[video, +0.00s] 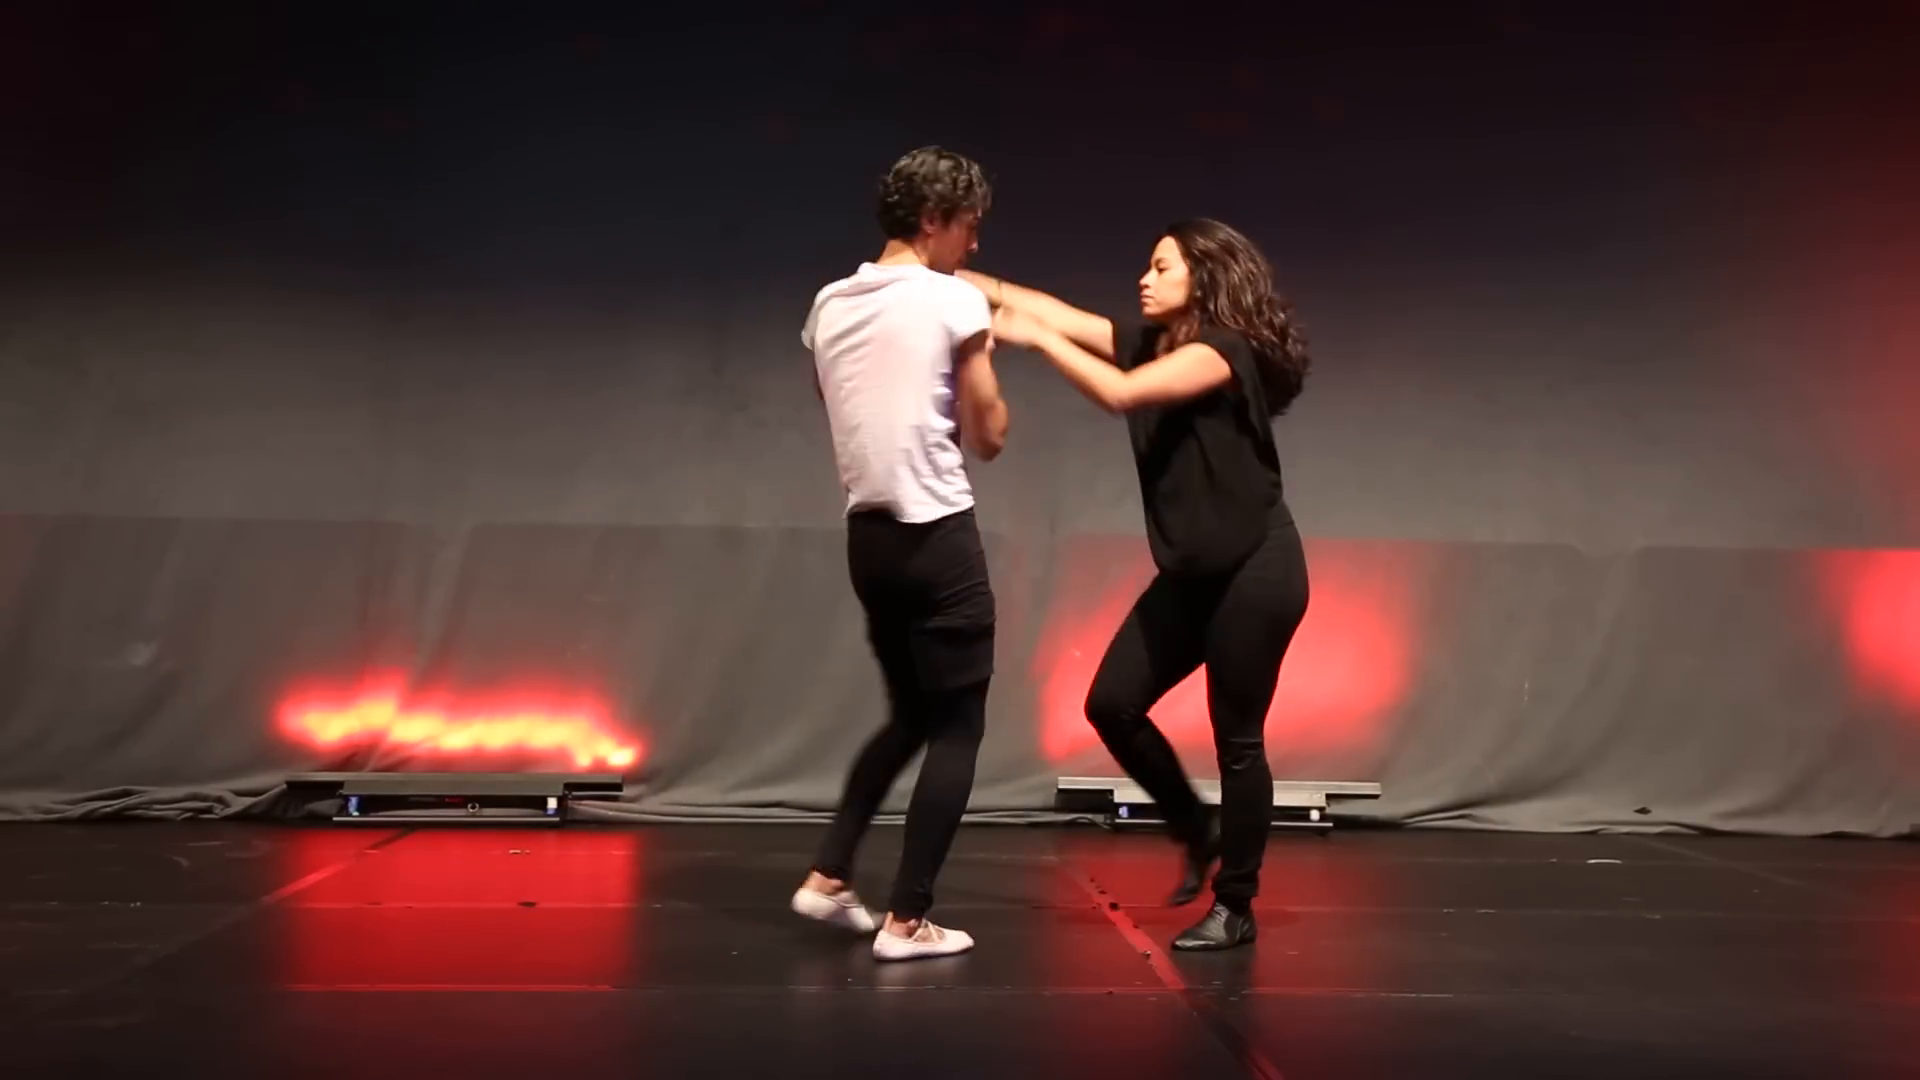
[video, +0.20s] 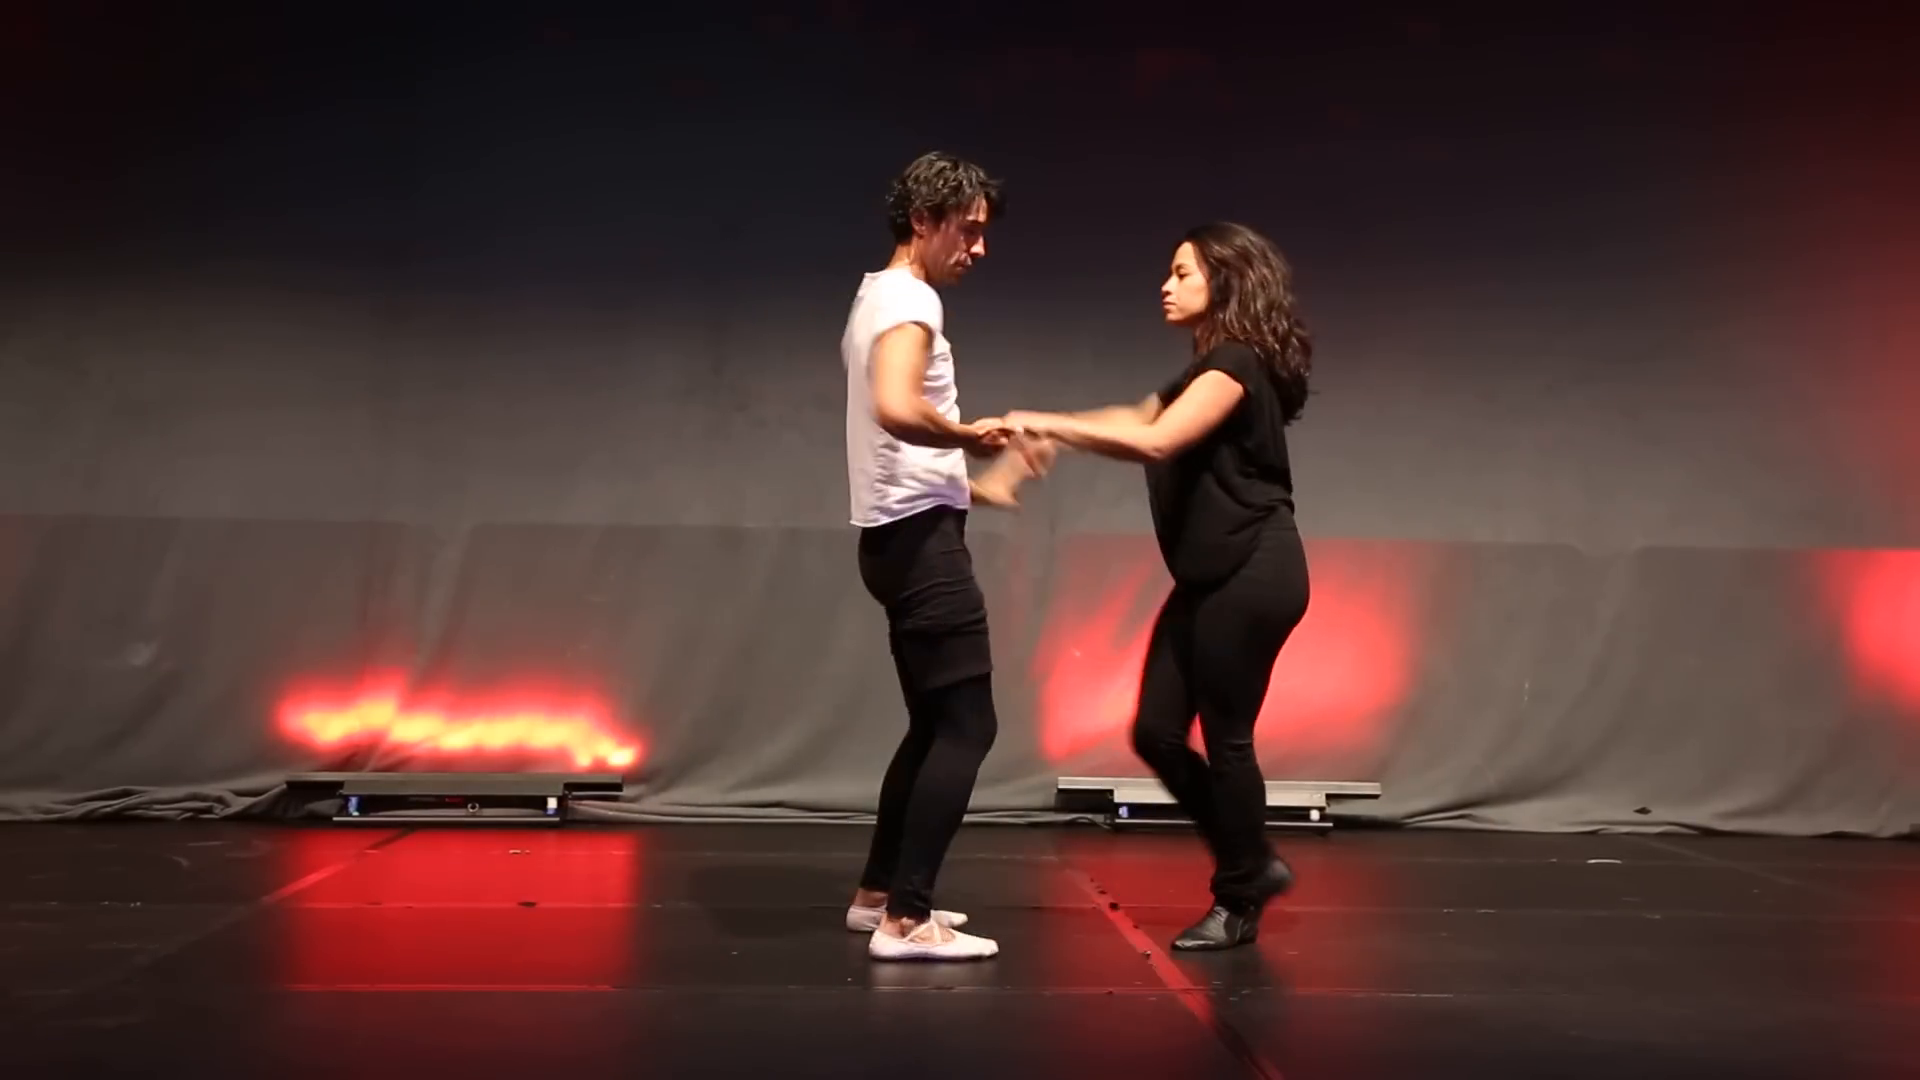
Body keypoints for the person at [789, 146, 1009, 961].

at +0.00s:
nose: (975, 246)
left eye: (977, 231)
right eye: (971, 229)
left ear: (902, 222)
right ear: (936, 221)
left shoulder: (829, 304)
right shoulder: (954, 298)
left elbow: (845, 405)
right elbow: (988, 436)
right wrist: (970, 371)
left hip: (870, 542)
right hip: (939, 539)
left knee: (909, 717)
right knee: (957, 730)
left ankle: (827, 880)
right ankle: (907, 920)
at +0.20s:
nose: (980, 248)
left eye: (983, 232)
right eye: (970, 231)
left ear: (924, 229)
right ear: (926, 224)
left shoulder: (881, 297)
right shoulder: (908, 300)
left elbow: (892, 435)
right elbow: (895, 404)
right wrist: (975, 432)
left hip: (899, 532)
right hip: (920, 531)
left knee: (935, 724)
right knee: (967, 725)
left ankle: (879, 893)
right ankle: (907, 917)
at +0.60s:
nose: (1001, 261)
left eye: (1012, 251)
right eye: (994, 242)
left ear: (1013, 255)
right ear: (956, 230)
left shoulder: (993, 348)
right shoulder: (891, 303)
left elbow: (1016, 469)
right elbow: (934, 251)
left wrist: (1096, 547)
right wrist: (994, 163)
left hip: (965, 544)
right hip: (904, 539)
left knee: (967, 718)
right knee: (972, 711)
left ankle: (902, 878)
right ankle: (959, 920)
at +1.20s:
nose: (1018, 227)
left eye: (1016, 216)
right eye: (1018, 216)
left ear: (940, 207)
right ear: (1007, 213)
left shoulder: (887, 294)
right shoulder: (1009, 285)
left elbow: (828, 409)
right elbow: (1016, 410)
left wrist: (914, 422)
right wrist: (1070, 473)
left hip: (919, 533)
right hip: (994, 534)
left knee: (947, 727)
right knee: (1014, 727)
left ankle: (913, 916)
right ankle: (965, 934)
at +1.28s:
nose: (1011, 219)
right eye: (1012, 207)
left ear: (932, 203)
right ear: (1005, 207)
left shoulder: (883, 289)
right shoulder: (1021, 285)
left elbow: (818, 396)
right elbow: (1033, 410)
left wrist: (893, 399)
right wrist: (1076, 476)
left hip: (909, 531)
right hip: (994, 533)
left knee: (928, 729)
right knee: (1014, 728)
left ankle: (917, 930)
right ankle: (976, 935)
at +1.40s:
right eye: (1000, 197)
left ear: (925, 200)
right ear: (1002, 203)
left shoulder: (879, 289)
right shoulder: (1034, 288)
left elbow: (838, 409)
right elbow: (1053, 408)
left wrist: (904, 382)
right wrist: (1067, 456)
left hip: (896, 532)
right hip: (989, 539)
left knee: (901, 736)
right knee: (987, 731)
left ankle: (922, 939)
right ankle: (989, 923)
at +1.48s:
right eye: (997, 190)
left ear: (925, 197)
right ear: (1004, 199)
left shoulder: (880, 288)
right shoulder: (1039, 290)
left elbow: (863, 417)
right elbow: (1067, 416)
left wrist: (946, 434)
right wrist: (1052, 474)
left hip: (893, 531)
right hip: (986, 537)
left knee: (890, 735)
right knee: (953, 724)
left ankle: (916, 941)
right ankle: (965, 912)